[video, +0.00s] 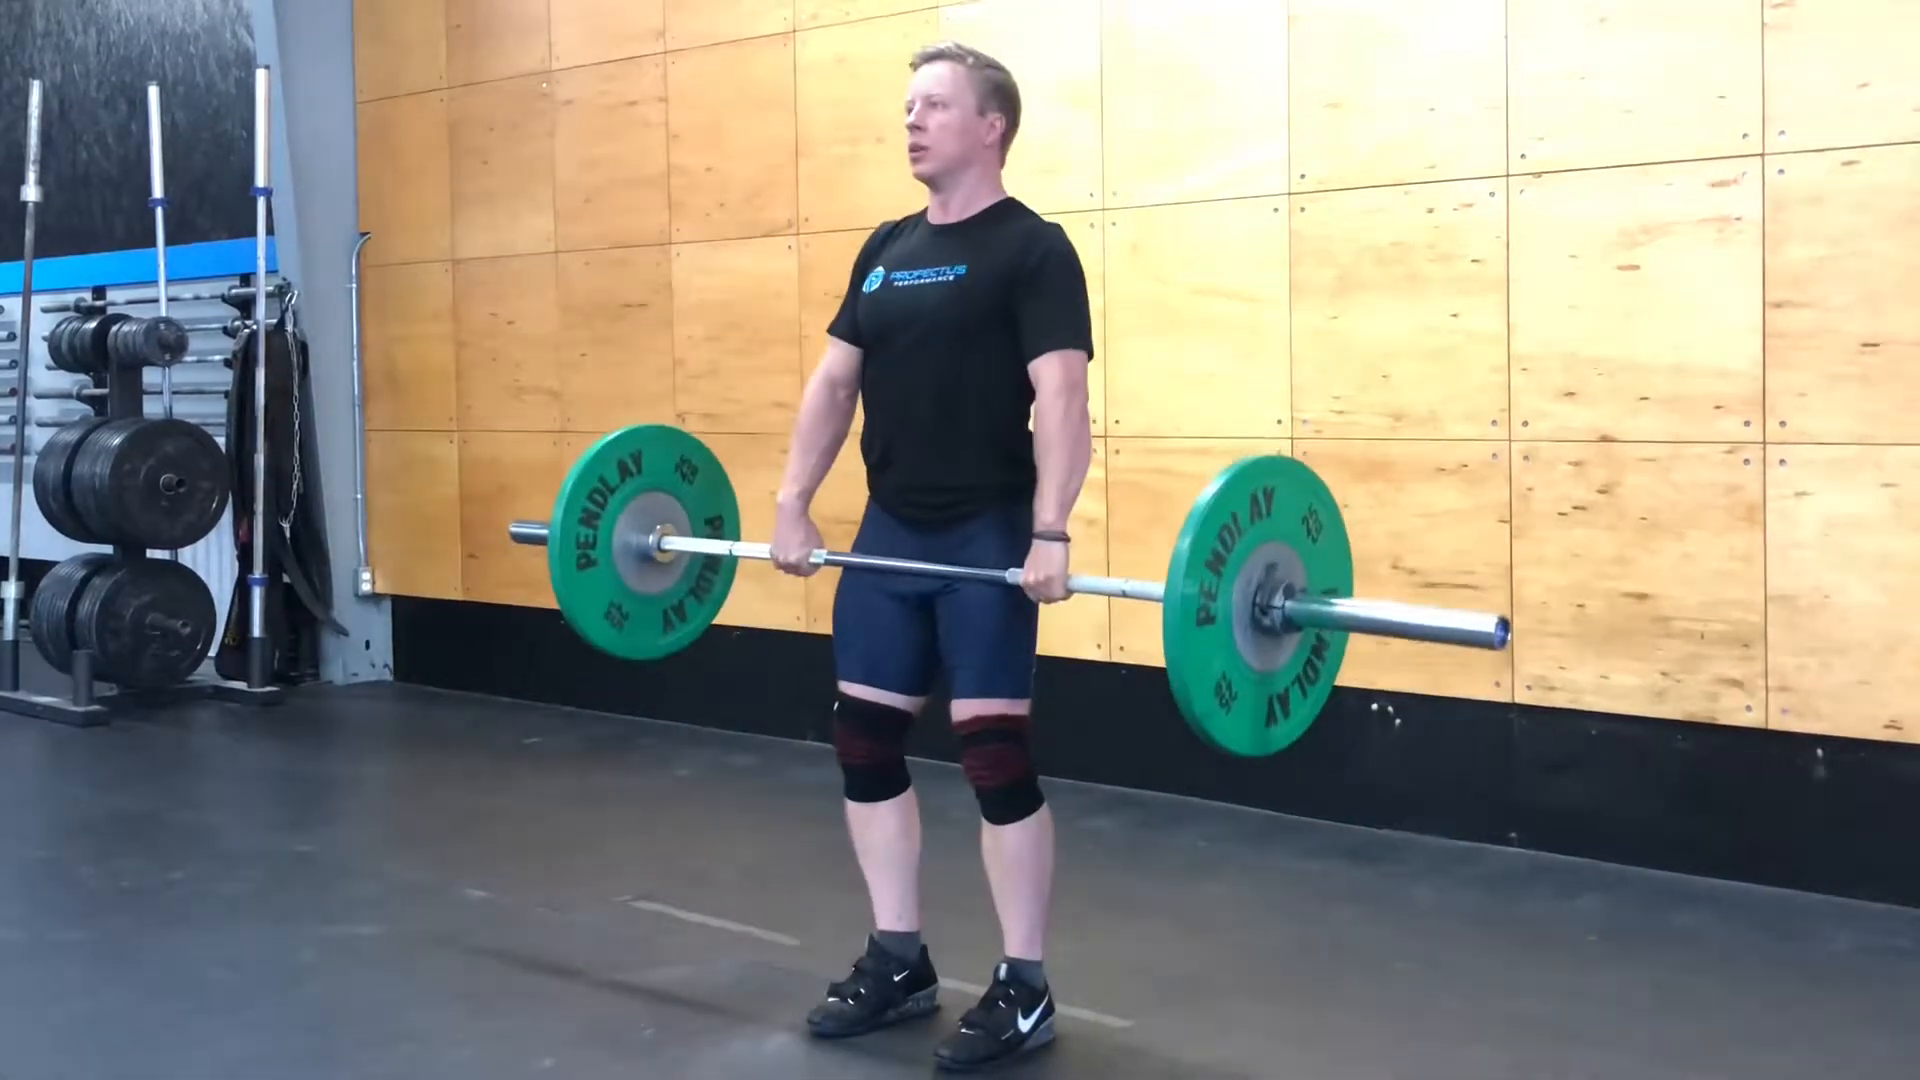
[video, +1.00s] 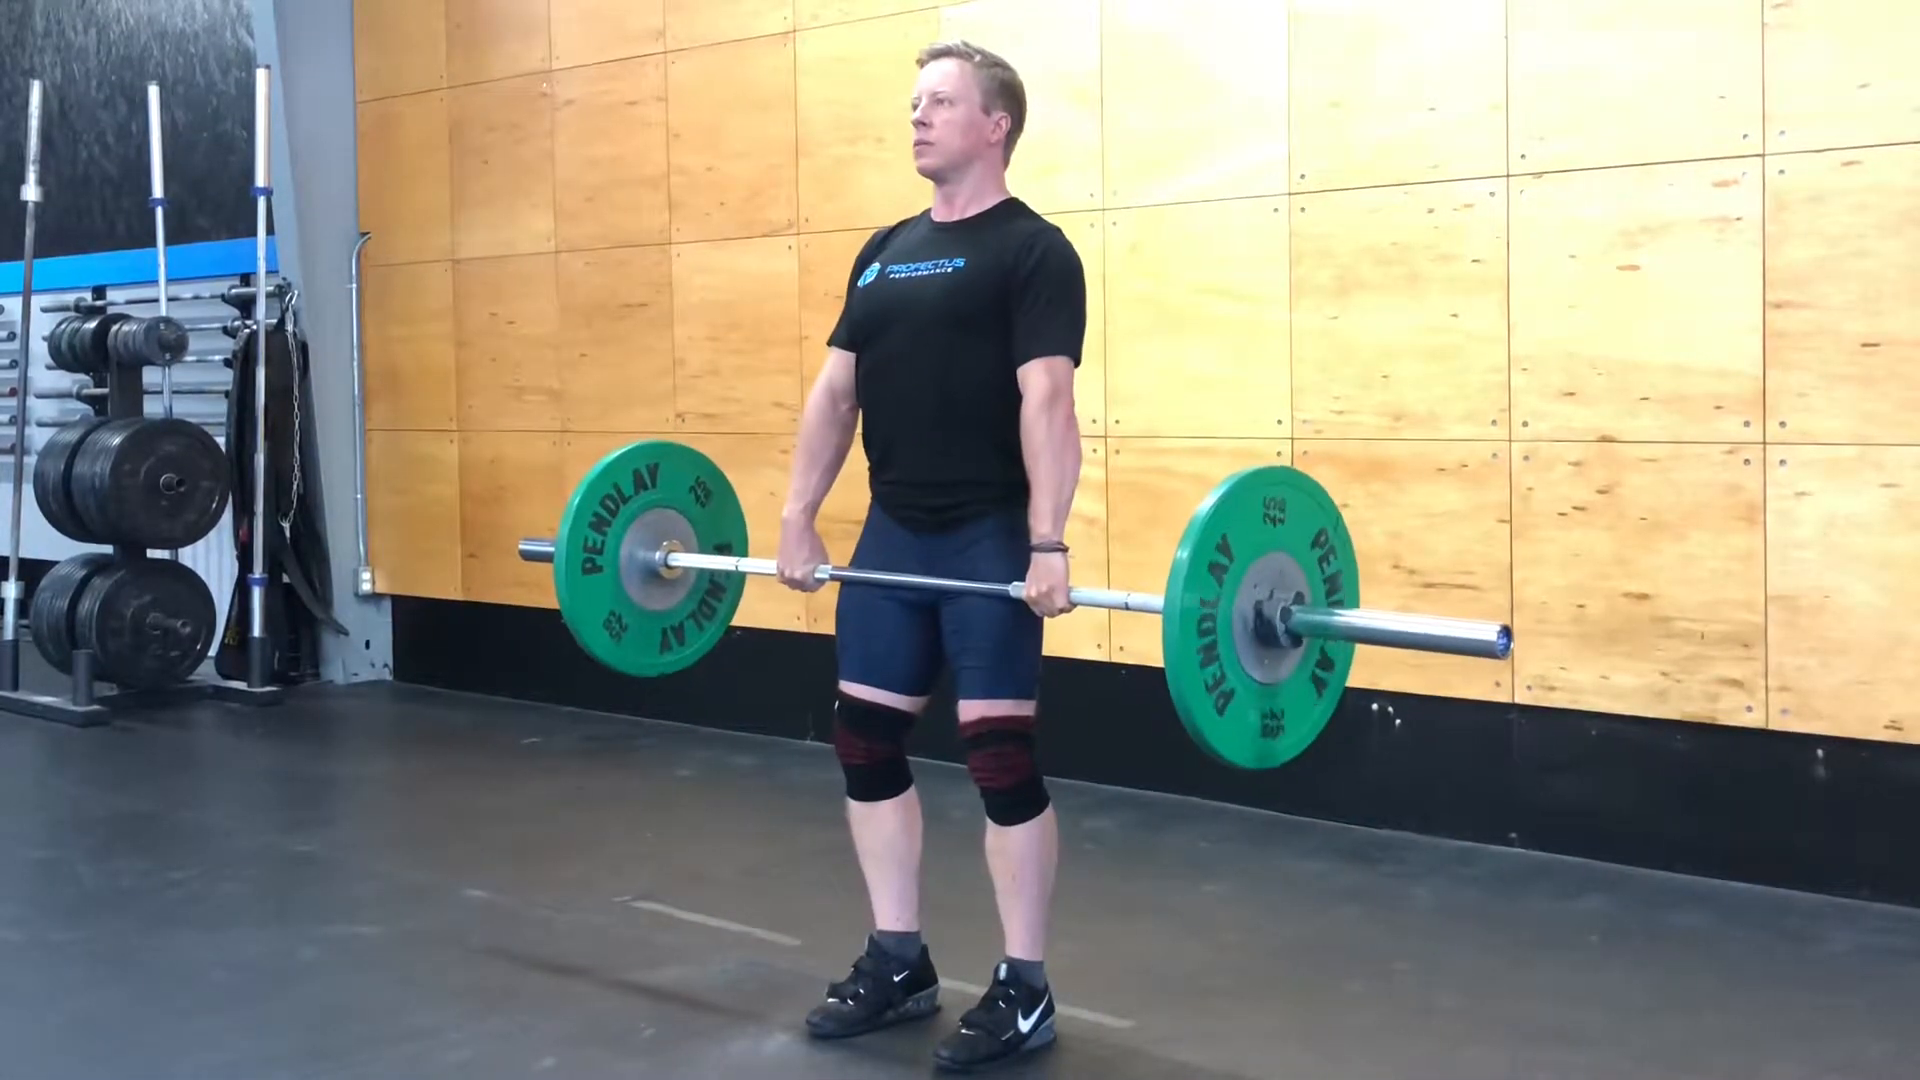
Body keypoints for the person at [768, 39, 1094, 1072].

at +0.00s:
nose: (911, 122)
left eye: (932, 108)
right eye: (909, 108)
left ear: (992, 127)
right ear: (917, 129)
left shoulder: (1033, 247)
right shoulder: (884, 250)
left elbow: (1062, 395)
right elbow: (834, 382)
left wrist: (1050, 529)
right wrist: (792, 499)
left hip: (992, 532)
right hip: (889, 526)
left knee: (994, 754)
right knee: (865, 738)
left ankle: (1024, 987)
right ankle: (897, 962)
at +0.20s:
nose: (920, 121)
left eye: (941, 107)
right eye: (917, 107)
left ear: (999, 128)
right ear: (922, 127)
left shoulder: (1037, 249)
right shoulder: (886, 249)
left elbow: (1062, 398)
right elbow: (834, 382)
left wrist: (1047, 529)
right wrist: (791, 499)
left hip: (990, 532)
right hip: (887, 525)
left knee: (996, 755)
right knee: (861, 737)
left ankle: (1024, 986)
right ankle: (897, 962)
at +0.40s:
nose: (922, 121)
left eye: (944, 107)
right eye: (922, 108)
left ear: (1001, 128)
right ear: (930, 127)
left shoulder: (1039, 249)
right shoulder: (887, 250)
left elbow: (1060, 399)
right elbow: (835, 384)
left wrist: (1045, 532)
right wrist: (791, 502)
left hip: (989, 532)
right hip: (886, 526)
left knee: (994, 758)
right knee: (858, 736)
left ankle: (1024, 987)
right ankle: (896, 961)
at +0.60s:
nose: (922, 122)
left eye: (944, 108)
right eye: (921, 108)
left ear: (1001, 130)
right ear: (927, 128)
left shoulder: (1037, 251)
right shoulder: (887, 252)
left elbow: (1057, 398)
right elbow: (836, 389)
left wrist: (1047, 539)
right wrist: (793, 508)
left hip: (992, 534)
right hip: (888, 527)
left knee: (996, 760)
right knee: (859, 738)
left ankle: (1024, 988)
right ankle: (896, 961)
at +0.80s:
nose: (919, 119)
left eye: (941, 105)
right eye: (917, 106)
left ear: (998, 128)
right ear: (924, 129)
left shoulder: (1037, 251)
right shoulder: (883, 253)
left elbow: (1052, 398)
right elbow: (837, 390)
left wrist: (1047, 541)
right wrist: (797, 511)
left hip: (991, 534)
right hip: (889, 528)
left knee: (998, 760)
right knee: (862, 737)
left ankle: (1023, 990)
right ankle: (897, 962)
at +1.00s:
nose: (917, 118)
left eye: (938, 104)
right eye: (915, 105)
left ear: (996, 125)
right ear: (924, 127)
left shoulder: (1036, 249)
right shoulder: (883, 253)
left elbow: (1051, 400)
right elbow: (837, 392)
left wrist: (1047, 543)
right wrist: (799, 513)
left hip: (993, 535)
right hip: (892, 528)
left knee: (1000, 760)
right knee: (865, 737)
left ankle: (1024, 989)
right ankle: (897, 962)